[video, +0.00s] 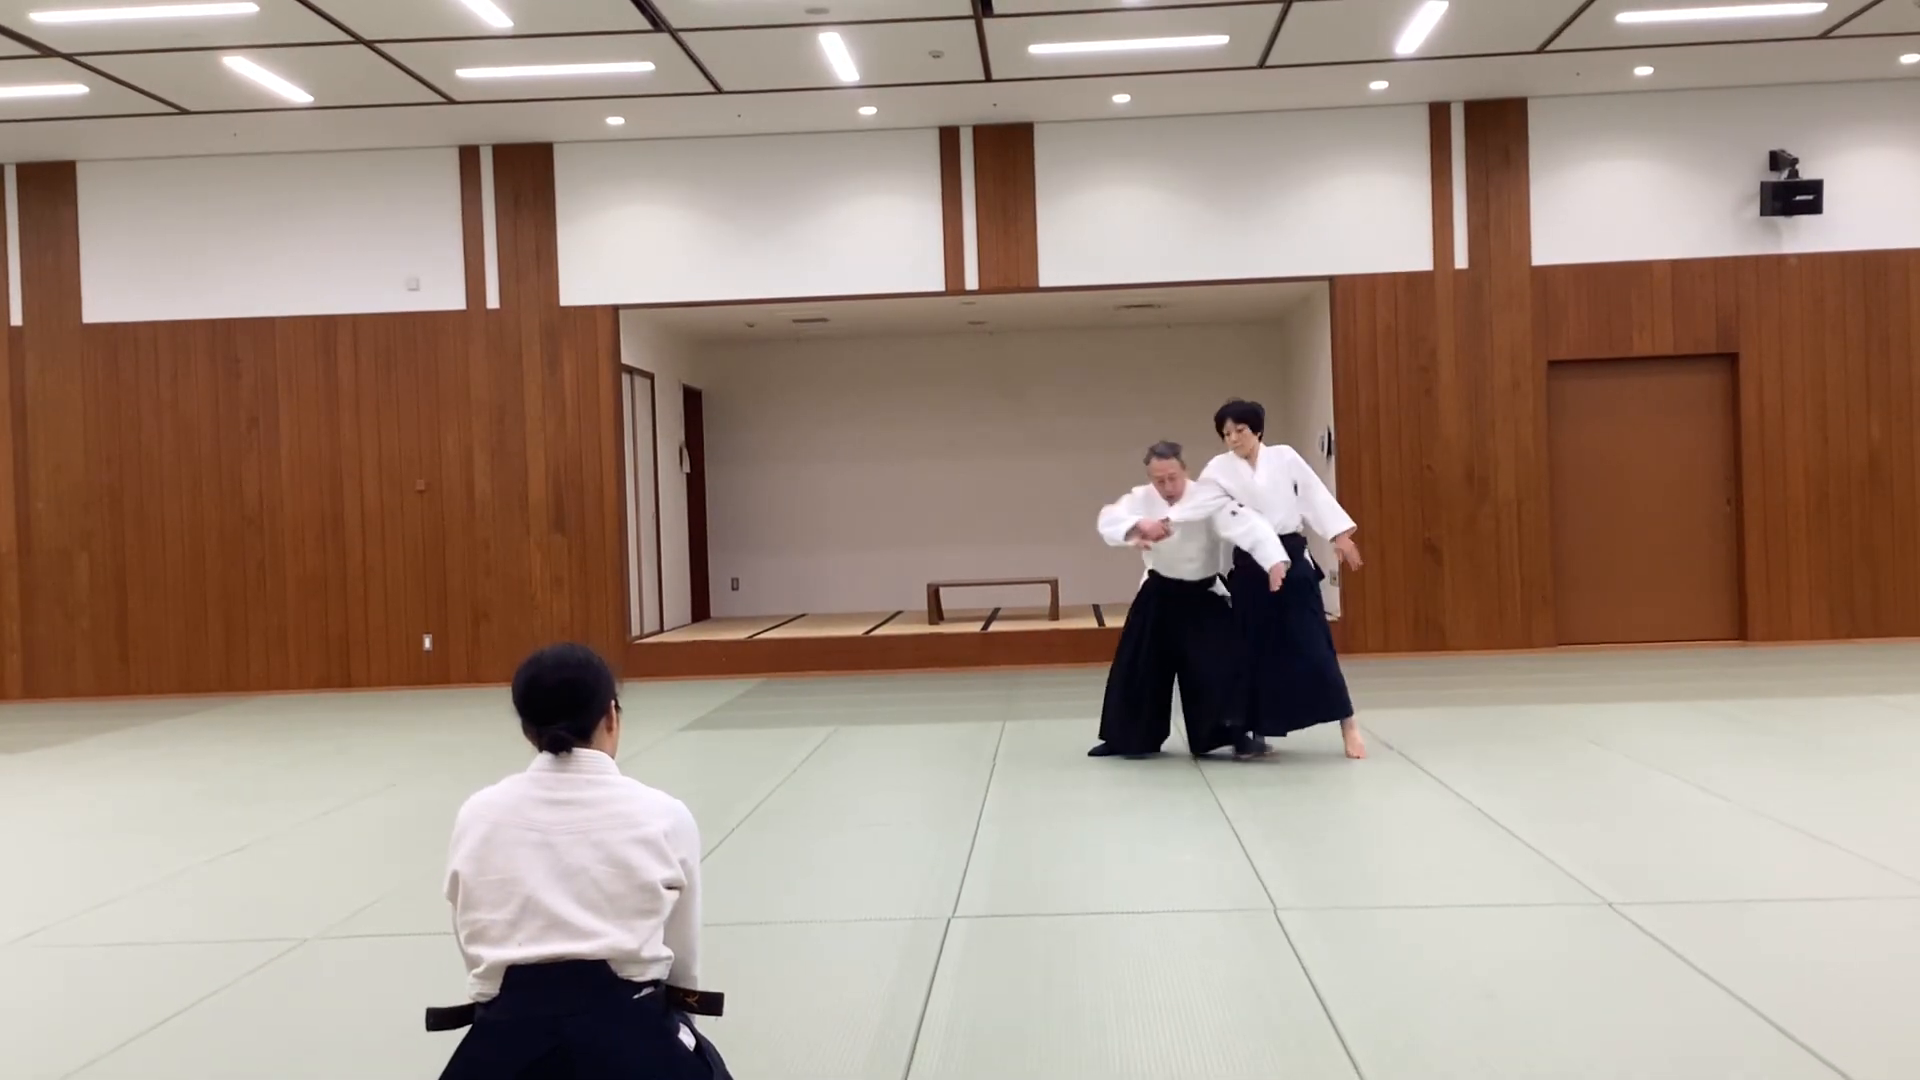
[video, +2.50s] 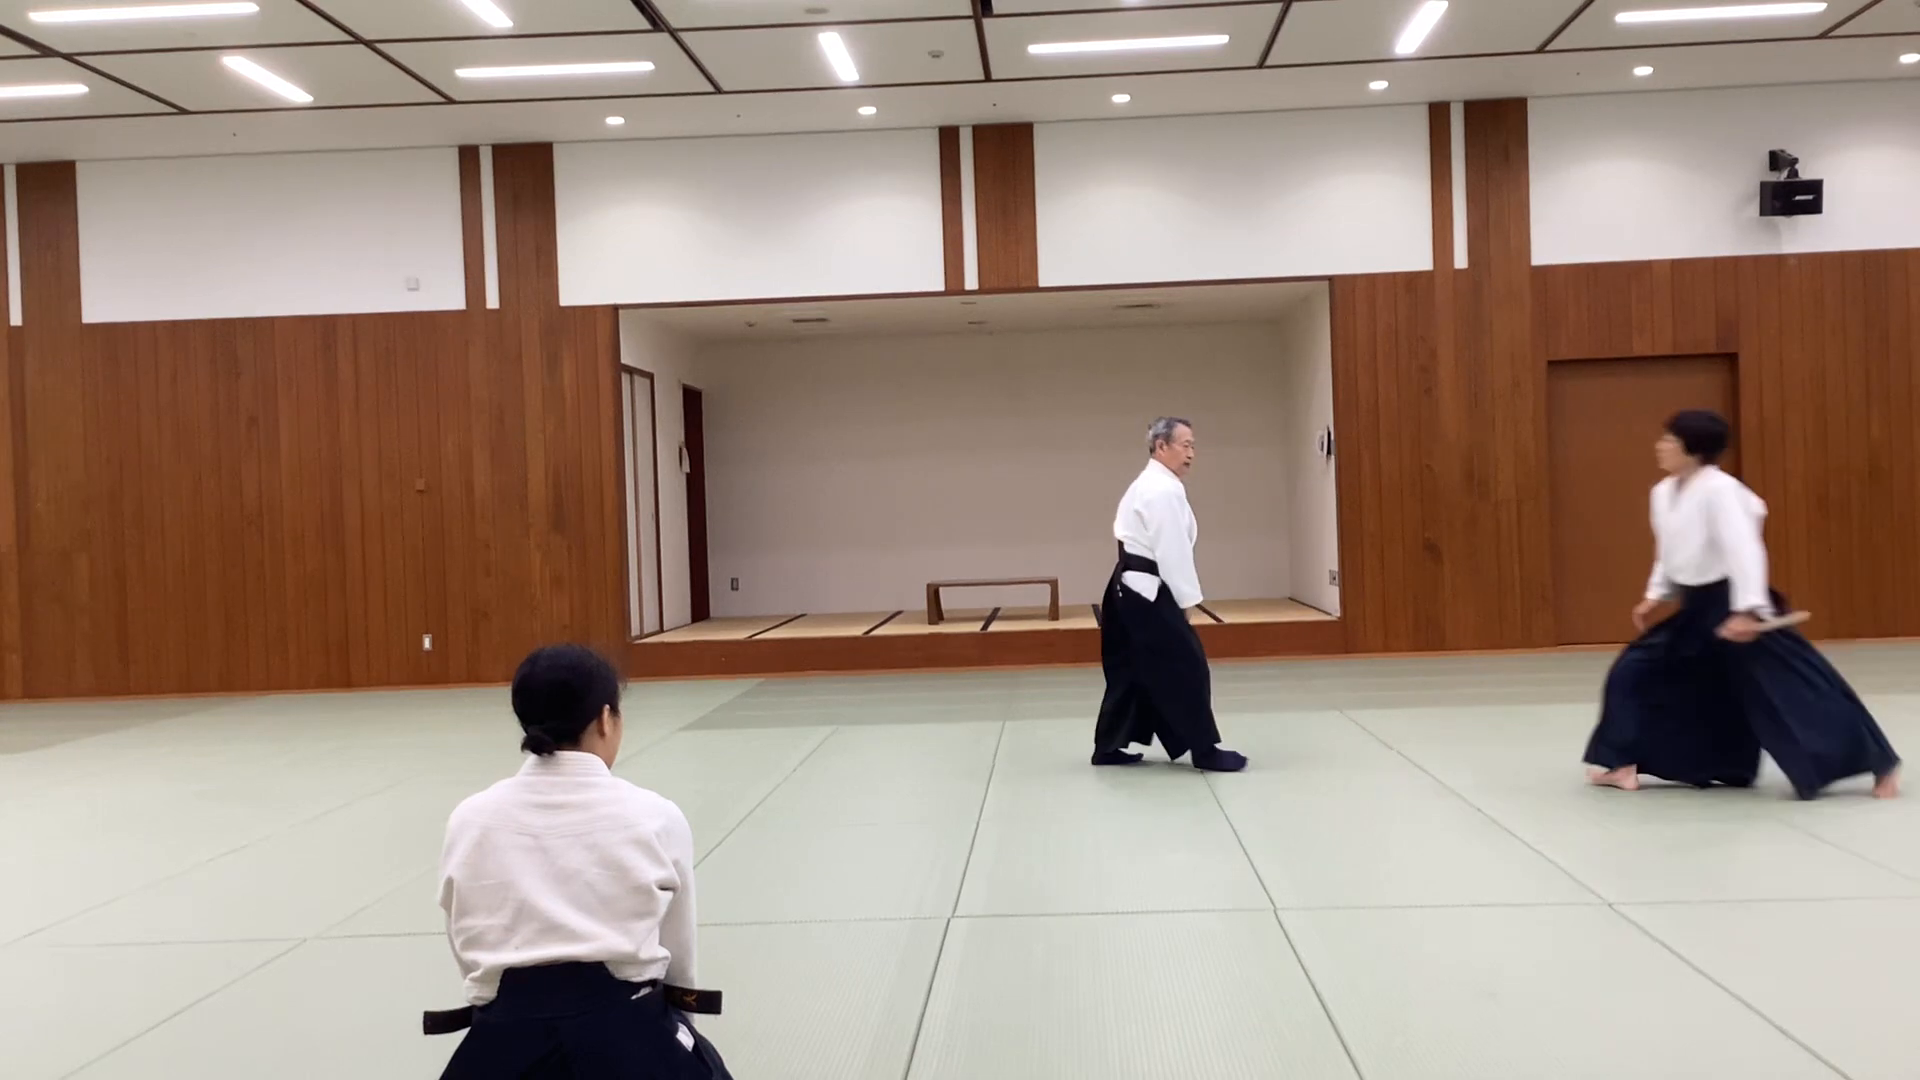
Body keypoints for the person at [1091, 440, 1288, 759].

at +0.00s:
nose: (1167, 486)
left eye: (1172, 478)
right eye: (1159, 480)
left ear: (1185, 472)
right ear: (1150, 478)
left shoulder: (1207, 497)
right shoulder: (1141, 499)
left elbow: (1247, 523)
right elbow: (1107, 519)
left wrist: (1275, 559)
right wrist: (1136, 529)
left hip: (1205, 594)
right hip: (1159, 593)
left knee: (1223, 662)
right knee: (1138, 663)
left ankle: (1237, 733)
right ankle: (1131, 737)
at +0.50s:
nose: (1299, 514)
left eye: (1305, 508)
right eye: (1295, 505)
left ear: (1308, 508)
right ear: (1274, 498)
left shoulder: (1294, 543)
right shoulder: (1244, 525)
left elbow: (1287, 590)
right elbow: (1248, 571)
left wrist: (1272, 631)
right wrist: (1293, 594)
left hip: (1246, 615)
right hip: (1207, 608)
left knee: (1267, 678)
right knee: (1187, 678)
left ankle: (1265, 748)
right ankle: (1162, 742)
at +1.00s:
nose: (1267, 476)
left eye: (1269, 469)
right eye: (1262, 468)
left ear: (1246, 468)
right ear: (1239, 466)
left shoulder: (1247, 508)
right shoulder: (1218, 499)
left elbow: (1259, 564)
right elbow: (1251, 540)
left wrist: (1274, 606)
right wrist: (1298, 537)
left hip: (1232, 597)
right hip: (1195, 597)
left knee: (1286, 658)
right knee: (1198, 667)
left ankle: (1279, 738)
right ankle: (1192, 737)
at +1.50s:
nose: (1315, 476)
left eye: (1317, 469)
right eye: (1310, 467)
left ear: (1292, 468)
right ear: (1287, 465)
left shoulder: (1295, 505)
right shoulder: (1250, 501)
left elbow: (1297, 558)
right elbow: (1243, 559)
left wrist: (1301, 606)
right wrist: (1247, 611)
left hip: (1262, 589)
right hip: (1225, 588)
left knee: (1296, 659)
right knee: (1243, 666)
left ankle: (1289, 741)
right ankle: (1194, 736)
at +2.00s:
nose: (1243, 453)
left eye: (1245, 446)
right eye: (1238, 446)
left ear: (1216, 448)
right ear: (1213, 446)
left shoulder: (1203, 478)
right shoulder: (1206, 486)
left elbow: (1227, 538)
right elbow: (1227, 542)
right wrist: (1270, 582)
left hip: (1174, 580)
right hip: (1185, 587)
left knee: (1173, 665)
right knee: (1216, 665)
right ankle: (1215, 753)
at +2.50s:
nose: (1191, 454)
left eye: (1192, 447)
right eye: (1185, 446)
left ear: (1163, 449)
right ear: (1161, 446)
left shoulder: (1146, 482)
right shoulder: (1164, 488)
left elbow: (1139, 542)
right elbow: (1172, 550)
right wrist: (1189, 597)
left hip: (1126, 587)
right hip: (1147, 590)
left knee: (1128, 668)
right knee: (1189, 664)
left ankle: (1107, 747)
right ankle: (1205, 750)